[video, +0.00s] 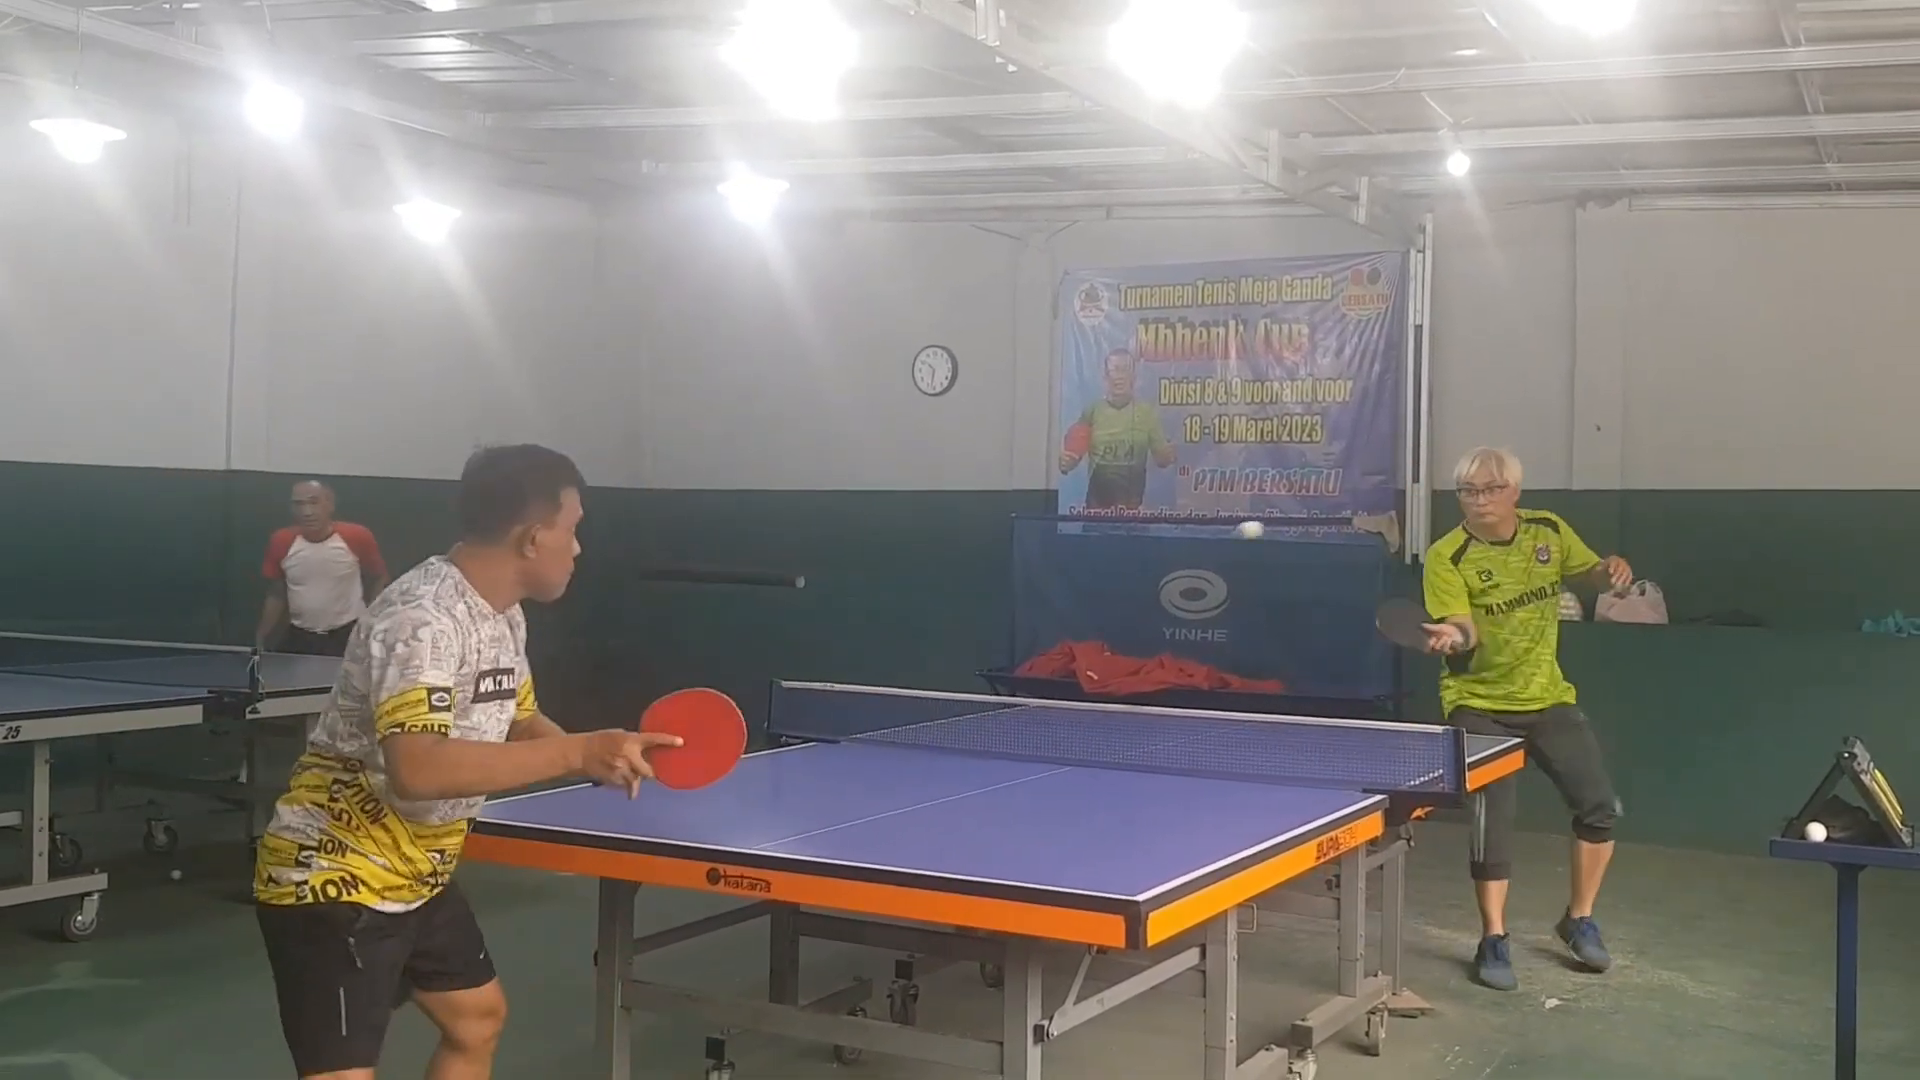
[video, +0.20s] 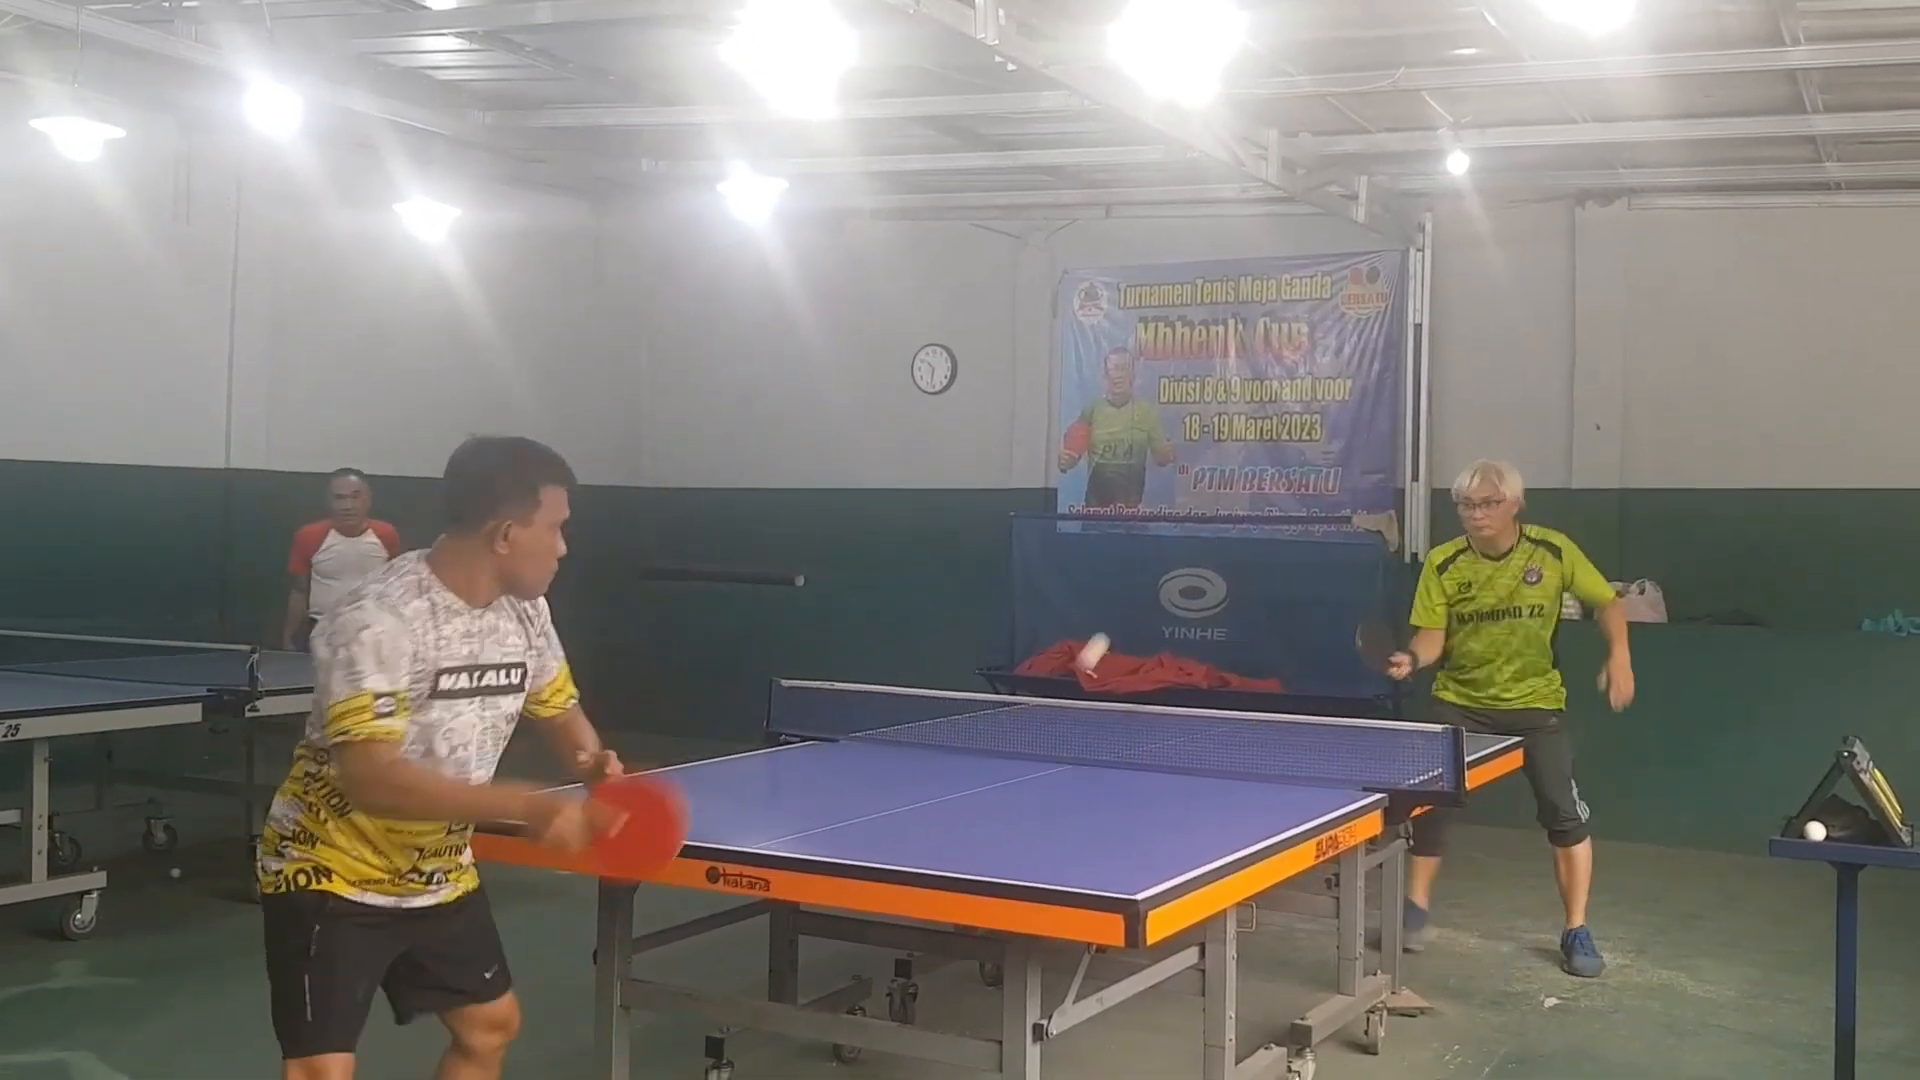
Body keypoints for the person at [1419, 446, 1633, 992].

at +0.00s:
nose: (1477, 499)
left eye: (1489, 489)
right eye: (1468, 490)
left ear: (1516, 493)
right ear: (1459, 495)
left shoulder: (1549, 532)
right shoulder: (1445, 557)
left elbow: (1594, 578)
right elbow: (1462, 629)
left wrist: (1615, 571)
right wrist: (1452, 634)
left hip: (1547, 698)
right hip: (1478, 703)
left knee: (1599, 806)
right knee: (1491, 814)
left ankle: (1580, 919)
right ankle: (1494, 938)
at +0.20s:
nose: (1476, 513)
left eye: (1488, 503)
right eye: (1468, 504)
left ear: (1514, 507)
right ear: (1459, 509)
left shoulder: (1553, 551)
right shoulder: (1441, 564)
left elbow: (1608, 603)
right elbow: (1430, 636)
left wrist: (1619, 657)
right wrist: (1411, 656)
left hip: (1535, 701)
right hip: (1459, 700)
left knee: (1561, 809)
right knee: (1428, 795)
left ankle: (1576, 929)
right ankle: (1415, 910)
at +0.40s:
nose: (1437, 529)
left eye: (1448, 520)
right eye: (1428, 520)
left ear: (1472, 523)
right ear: (1419, 524)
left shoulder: (1511, 564)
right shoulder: (1402, 578)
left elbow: (1552, 612)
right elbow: (1384, 646)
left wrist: (1578, 670)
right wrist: (1359, 666)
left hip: (1499, 705)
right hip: (1424, 707)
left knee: (1533, 802)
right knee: (1376, 793)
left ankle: (1573, 927)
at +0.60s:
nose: (1414, 514)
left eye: (1425, 505)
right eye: (1406, 506)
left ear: (1447, 508)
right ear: (1396, 510)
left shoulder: (1484, 542)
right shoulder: (1383, 561)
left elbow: (1539, 589)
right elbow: (1358, 622)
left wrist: (1552, 617)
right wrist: (1329, 653)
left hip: (1485, 688)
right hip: (1411, 689)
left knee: (1529, 786)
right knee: (1369, 771)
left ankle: (1552, 882)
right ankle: (1349, 868)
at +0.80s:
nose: (1398, 514)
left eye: (1408, 505)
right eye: (1395, 506)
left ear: (1439, 506)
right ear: (1395, 510)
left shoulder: (1483, 541)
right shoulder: (1395, 561)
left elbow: (1536, 583)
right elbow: (1383, 624)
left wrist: (1545, 592)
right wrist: (1333, 650)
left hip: (1492, 692)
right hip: (1423, 691)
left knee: (1531, 788)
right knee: (1374, 765)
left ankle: (1552, 874)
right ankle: (1358, 859)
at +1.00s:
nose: (1319, 506)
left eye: (1329, 497)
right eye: (1319, 498)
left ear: (1360, 503)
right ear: (1326, 508)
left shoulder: (1401, 527)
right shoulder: (1322, 555)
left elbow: (1472, 545)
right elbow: (1263, 559)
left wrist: (1528, 578)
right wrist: (1212, 557)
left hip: (1467, 658)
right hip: (1412, 668)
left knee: (1522, 745)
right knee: (1374, 749)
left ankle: (1577, 841)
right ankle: (1371, 839)